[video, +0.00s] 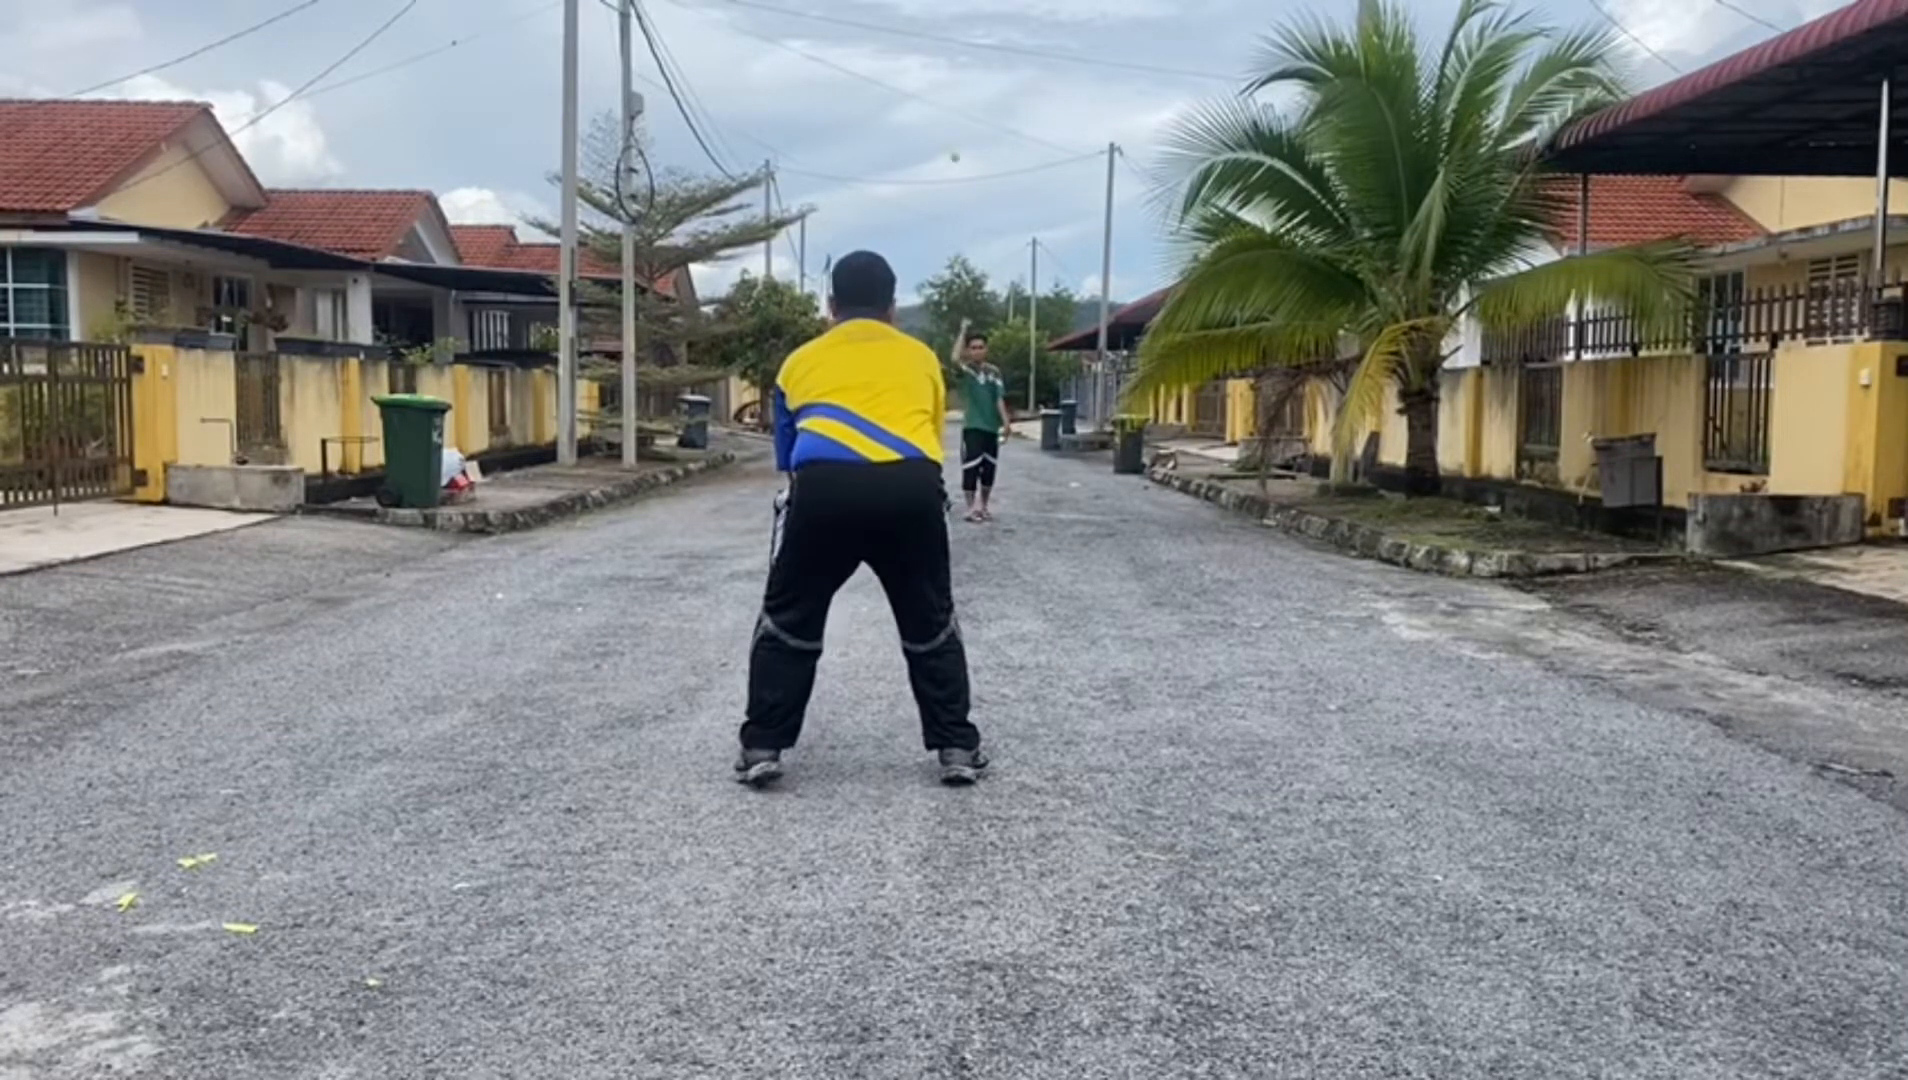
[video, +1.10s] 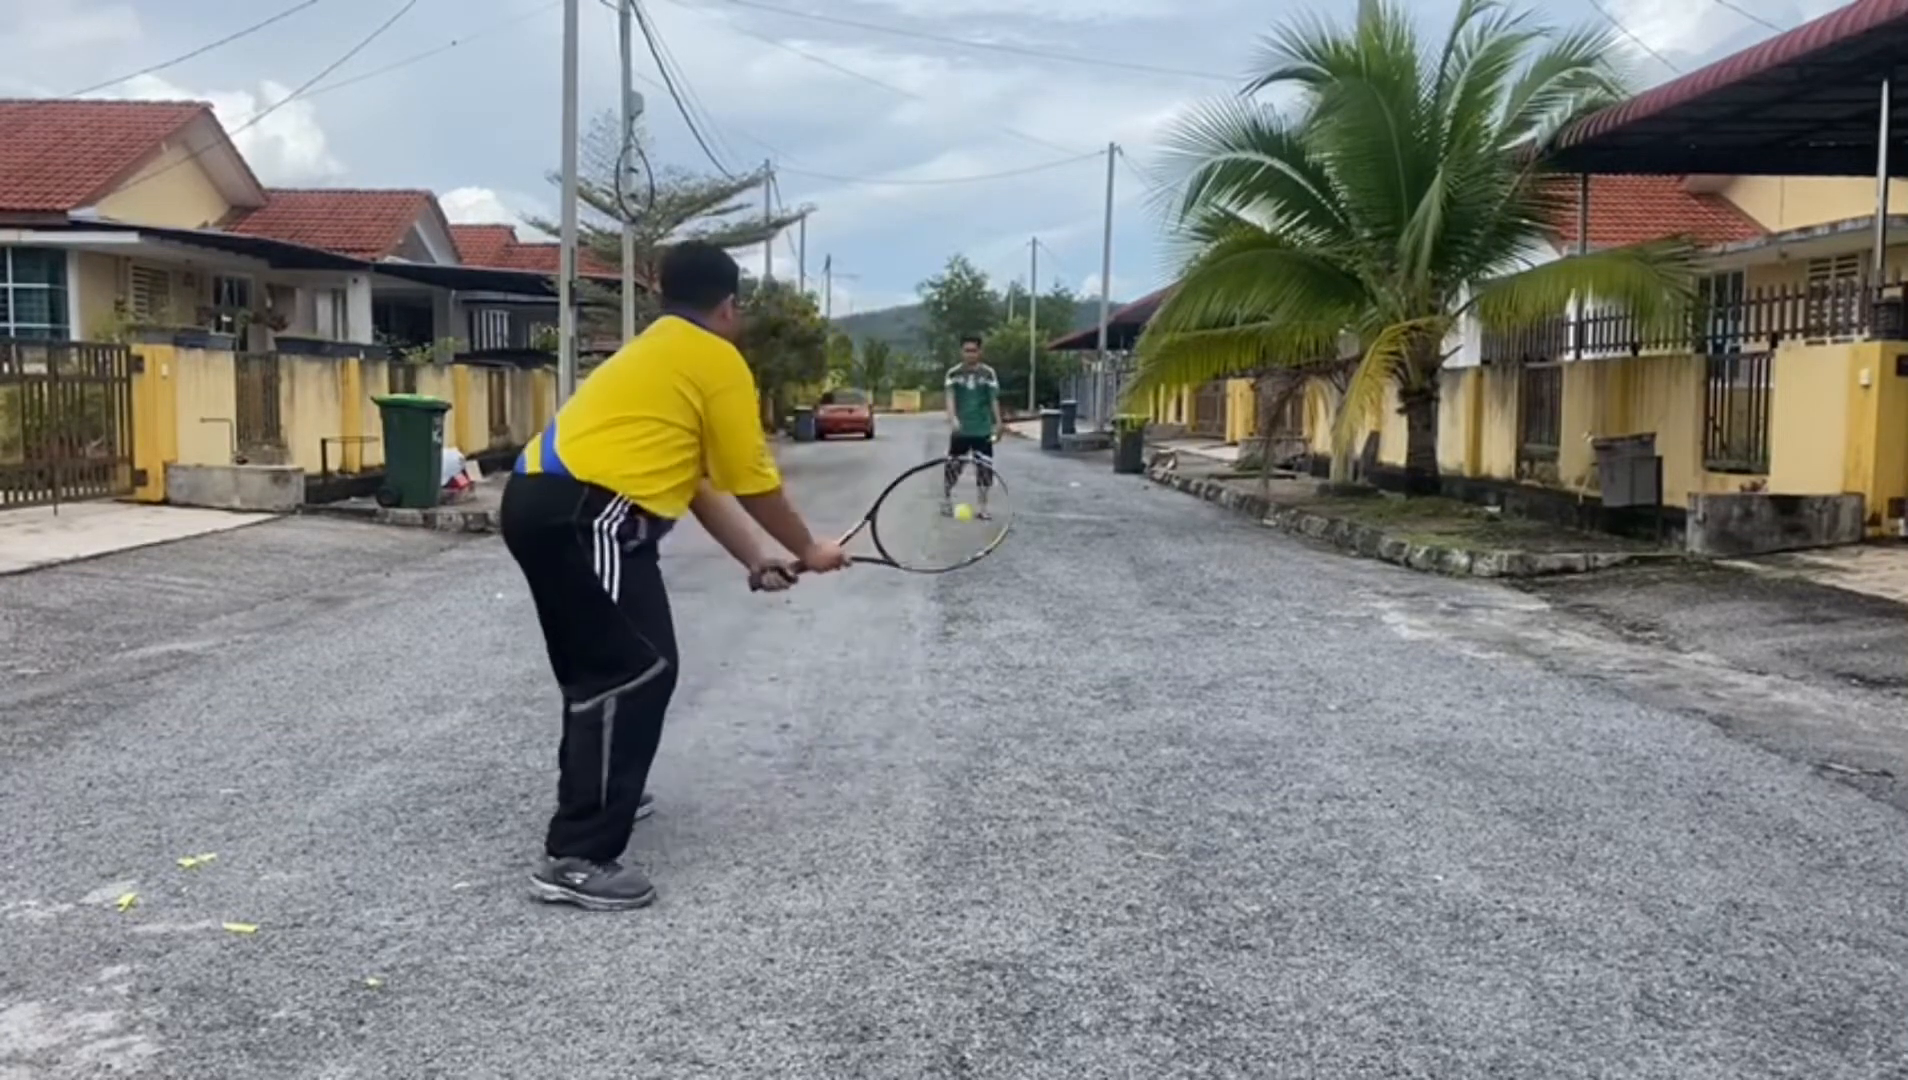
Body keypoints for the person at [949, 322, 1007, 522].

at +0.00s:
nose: (977, 351)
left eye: (981, 347)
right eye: (973, 348)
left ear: (986, 350)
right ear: (967, 351)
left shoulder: (993, 372)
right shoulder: (965, 372)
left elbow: (999, 400)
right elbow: (955, 358)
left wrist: (1005, 422)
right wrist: (962, 334)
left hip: (992, 426)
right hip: (973, 425)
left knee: (989, 468)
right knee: (971, 467)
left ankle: (984, 506)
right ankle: (971, 507)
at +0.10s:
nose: (978, 352)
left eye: (981, 348)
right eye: (974, 348)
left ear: (987, 350)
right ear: (968, 352)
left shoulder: (994, 372)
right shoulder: (965, 371)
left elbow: (999, 400)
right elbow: (955, 376)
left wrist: (1005, 422)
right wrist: (961, 353)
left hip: (990, 427)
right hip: (971, 426)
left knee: (988, 469)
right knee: (970, 468)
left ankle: (984, 506)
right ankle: (970, 507)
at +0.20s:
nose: (979, 352)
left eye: (982, 348)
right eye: (975, 348)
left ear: (988, 350)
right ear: (968, 351)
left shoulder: (994, 372)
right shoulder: (962, 371)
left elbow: (999, 400)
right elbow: (956, 390)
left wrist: (1004, 423)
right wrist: (965, 379)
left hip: (990, 428)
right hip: (970, 429)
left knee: (988, 471)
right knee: (969, 470)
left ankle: (984, 506)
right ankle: (970, 507)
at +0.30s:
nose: (979, 352)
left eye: (982, 348)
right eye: (975, 348)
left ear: (988, 351)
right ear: (968, 351)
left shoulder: (995, 373)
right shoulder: (961, 373)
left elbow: (999, 401)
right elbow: (958, 397)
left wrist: (1002, 424)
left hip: (990, 429)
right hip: (969, 429)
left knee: (988, 470)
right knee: (970, 470)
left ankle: (983, 506)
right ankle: (971, 507)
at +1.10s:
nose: (970, 355)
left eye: (974, 351)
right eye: (967, 351)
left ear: (980, 352)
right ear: (962, 353)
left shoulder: (988, 373)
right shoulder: (953, 374)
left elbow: (994, 400)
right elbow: (950, 398)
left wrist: (999, 422)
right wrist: (952, 419)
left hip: (983, 428)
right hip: (961, 428)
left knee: (985, 471)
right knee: (953, 466)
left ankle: (983, 507)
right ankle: (946, 498)